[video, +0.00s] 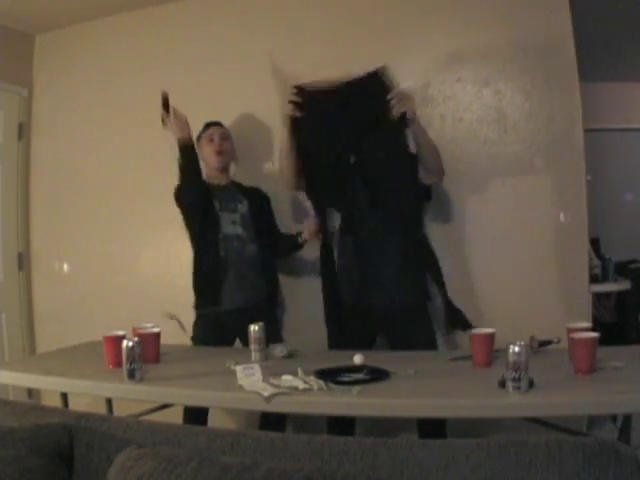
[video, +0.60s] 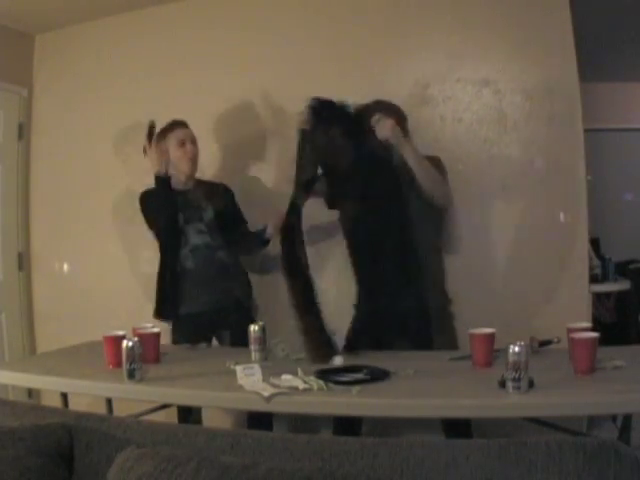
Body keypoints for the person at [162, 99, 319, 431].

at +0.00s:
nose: (219, 145)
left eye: (225, 139)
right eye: (211, 140)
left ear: (234, 149)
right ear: (199, 154)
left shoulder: (256, 198)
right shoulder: (195, 197)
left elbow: (274, 247)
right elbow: (189, 189)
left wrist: (301, 238)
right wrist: (184, 144)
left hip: (259, 306)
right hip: (215, 308)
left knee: (273, 388)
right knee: (199, 388)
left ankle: (269, 458)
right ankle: (190, 455)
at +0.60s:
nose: (191, 149)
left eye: (193, 142)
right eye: (181, 143)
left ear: (198, 149)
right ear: (164, 153)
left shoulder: (219, 192)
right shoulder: (155, 198)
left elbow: (241, 243)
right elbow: (165, 230)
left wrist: (266, 234)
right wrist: (159, 174)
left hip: (232, 302)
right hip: (187, 306)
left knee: (250, 382)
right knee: (188, 387)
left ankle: (261, 455)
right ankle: (190, 455)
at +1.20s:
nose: (143, 152)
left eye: (139, 146)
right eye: (133, 149)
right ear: (115, 165)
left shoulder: (166, 197)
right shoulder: (116, 213)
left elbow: (200, 240)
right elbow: (142, 264)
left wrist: (243, 226)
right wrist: (178, 233)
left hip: (208, 305)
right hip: (167, 316)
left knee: (223, 382)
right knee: (172, 392)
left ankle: (197, 443)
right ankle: (165, 451)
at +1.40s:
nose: (170, 152)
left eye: (168, 146)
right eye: (161, 149)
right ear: (139, 160)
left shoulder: (186, 193)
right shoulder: (132, 207)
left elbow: (208, 241)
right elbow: (143, 264)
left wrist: (248, 241)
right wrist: (178, 242)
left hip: (202, 307)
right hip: (165, 314)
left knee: (208, 389)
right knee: (175, 394)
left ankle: (204, 455)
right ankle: (170, 458)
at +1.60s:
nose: (196, 159)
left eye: (195, 152)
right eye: (187, 155)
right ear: (164, 163)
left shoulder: (202, 197)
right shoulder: (145, 204)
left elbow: (210, 246)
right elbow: (145, 268)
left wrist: (240, 267)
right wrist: (179, 248)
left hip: (194, 312)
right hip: (155, 316)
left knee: (201, 393)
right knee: (163, 394)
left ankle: (197, 455)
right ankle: (167, 457)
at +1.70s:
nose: (188, 154)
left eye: (187, 147)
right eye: (179, 150)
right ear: (156, 159)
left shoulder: (200, 196)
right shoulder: (141, 206)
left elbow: (215, 245)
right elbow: (146, 273)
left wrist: (247, 256)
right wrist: (175, 245)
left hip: (198, 311)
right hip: (158, 315)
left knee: (208, 390)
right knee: (161, 393)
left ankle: (193, 450)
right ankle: (165, 453)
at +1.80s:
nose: (174, 151)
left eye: (172, 144)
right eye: (165, 147)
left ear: (174, 147)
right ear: (143, 160)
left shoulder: (196, 195)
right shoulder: (135, 211)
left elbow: (216, 242)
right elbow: (147, 270)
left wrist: (251, 248)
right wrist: (168, 245)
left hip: (206, 311)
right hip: (164, 318)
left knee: (217, 392)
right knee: (168, 395)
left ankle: (198, 451)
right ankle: (168, 456)